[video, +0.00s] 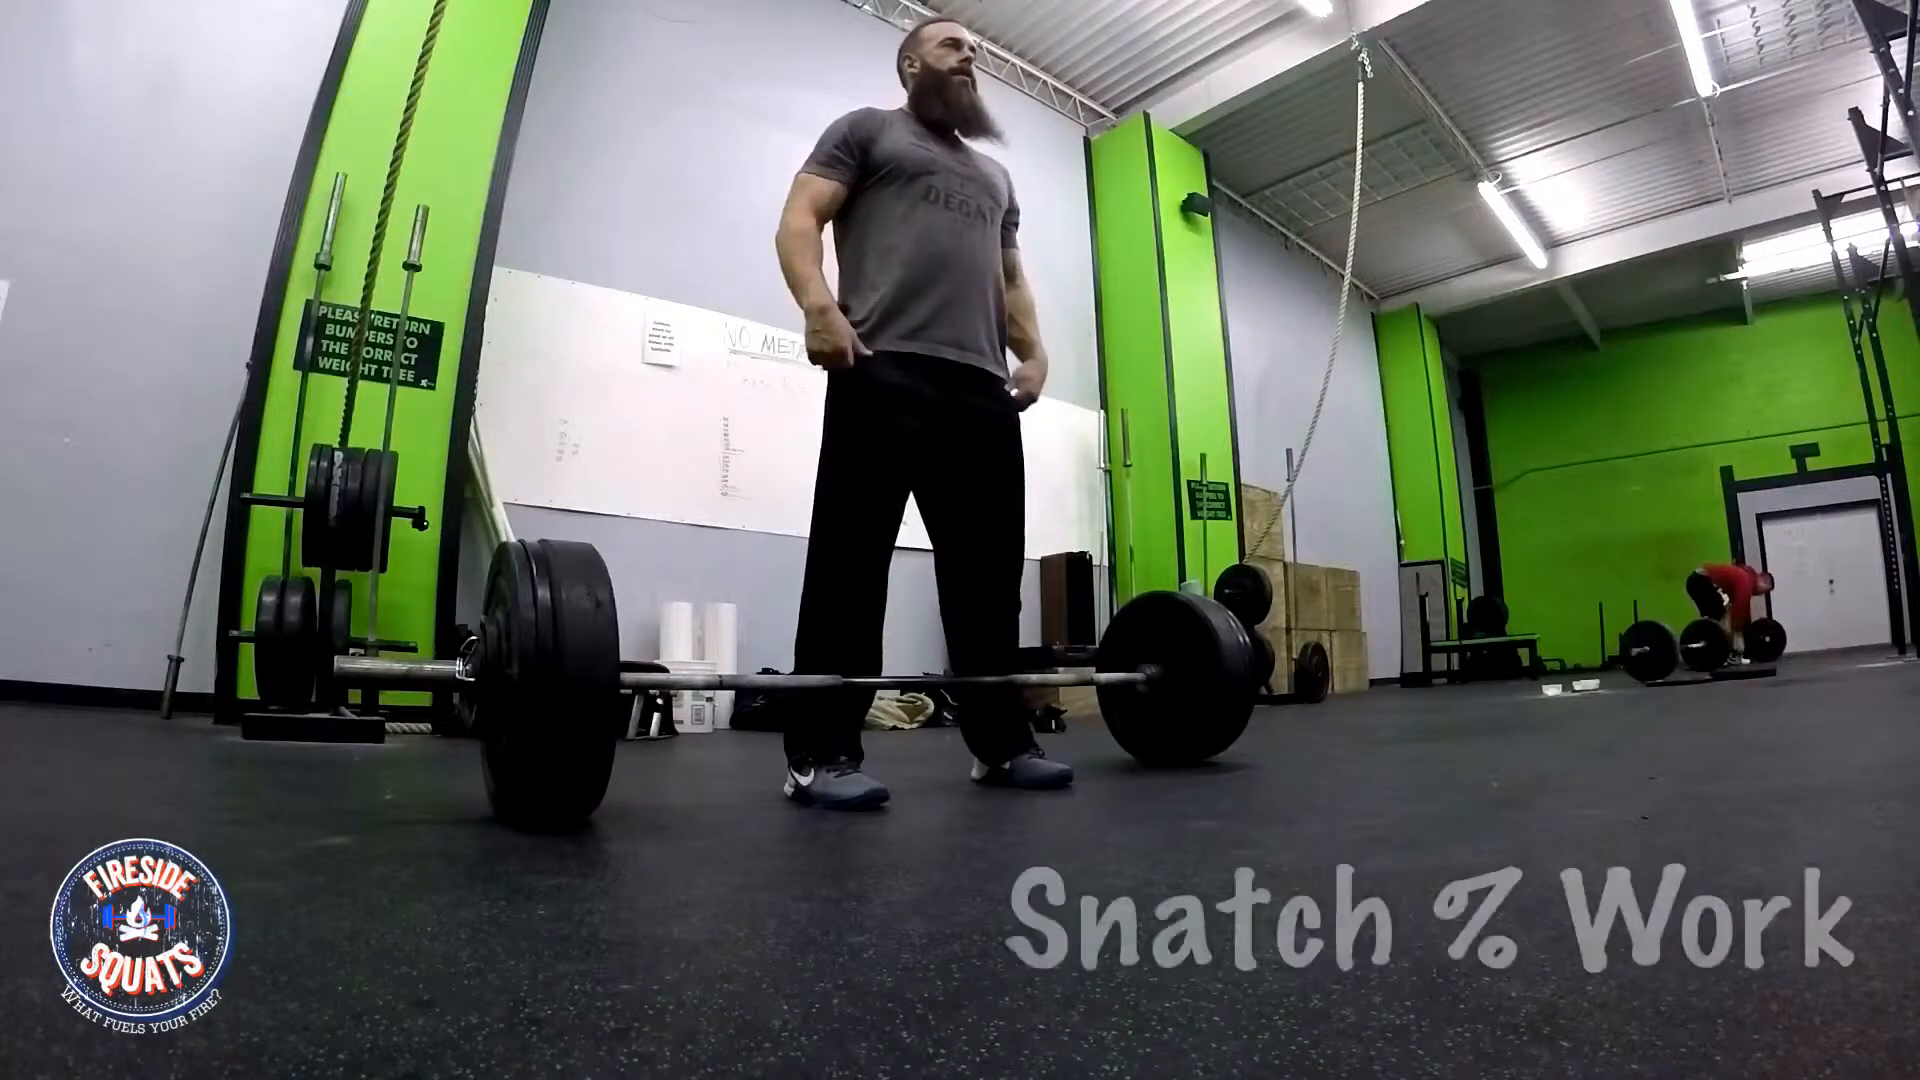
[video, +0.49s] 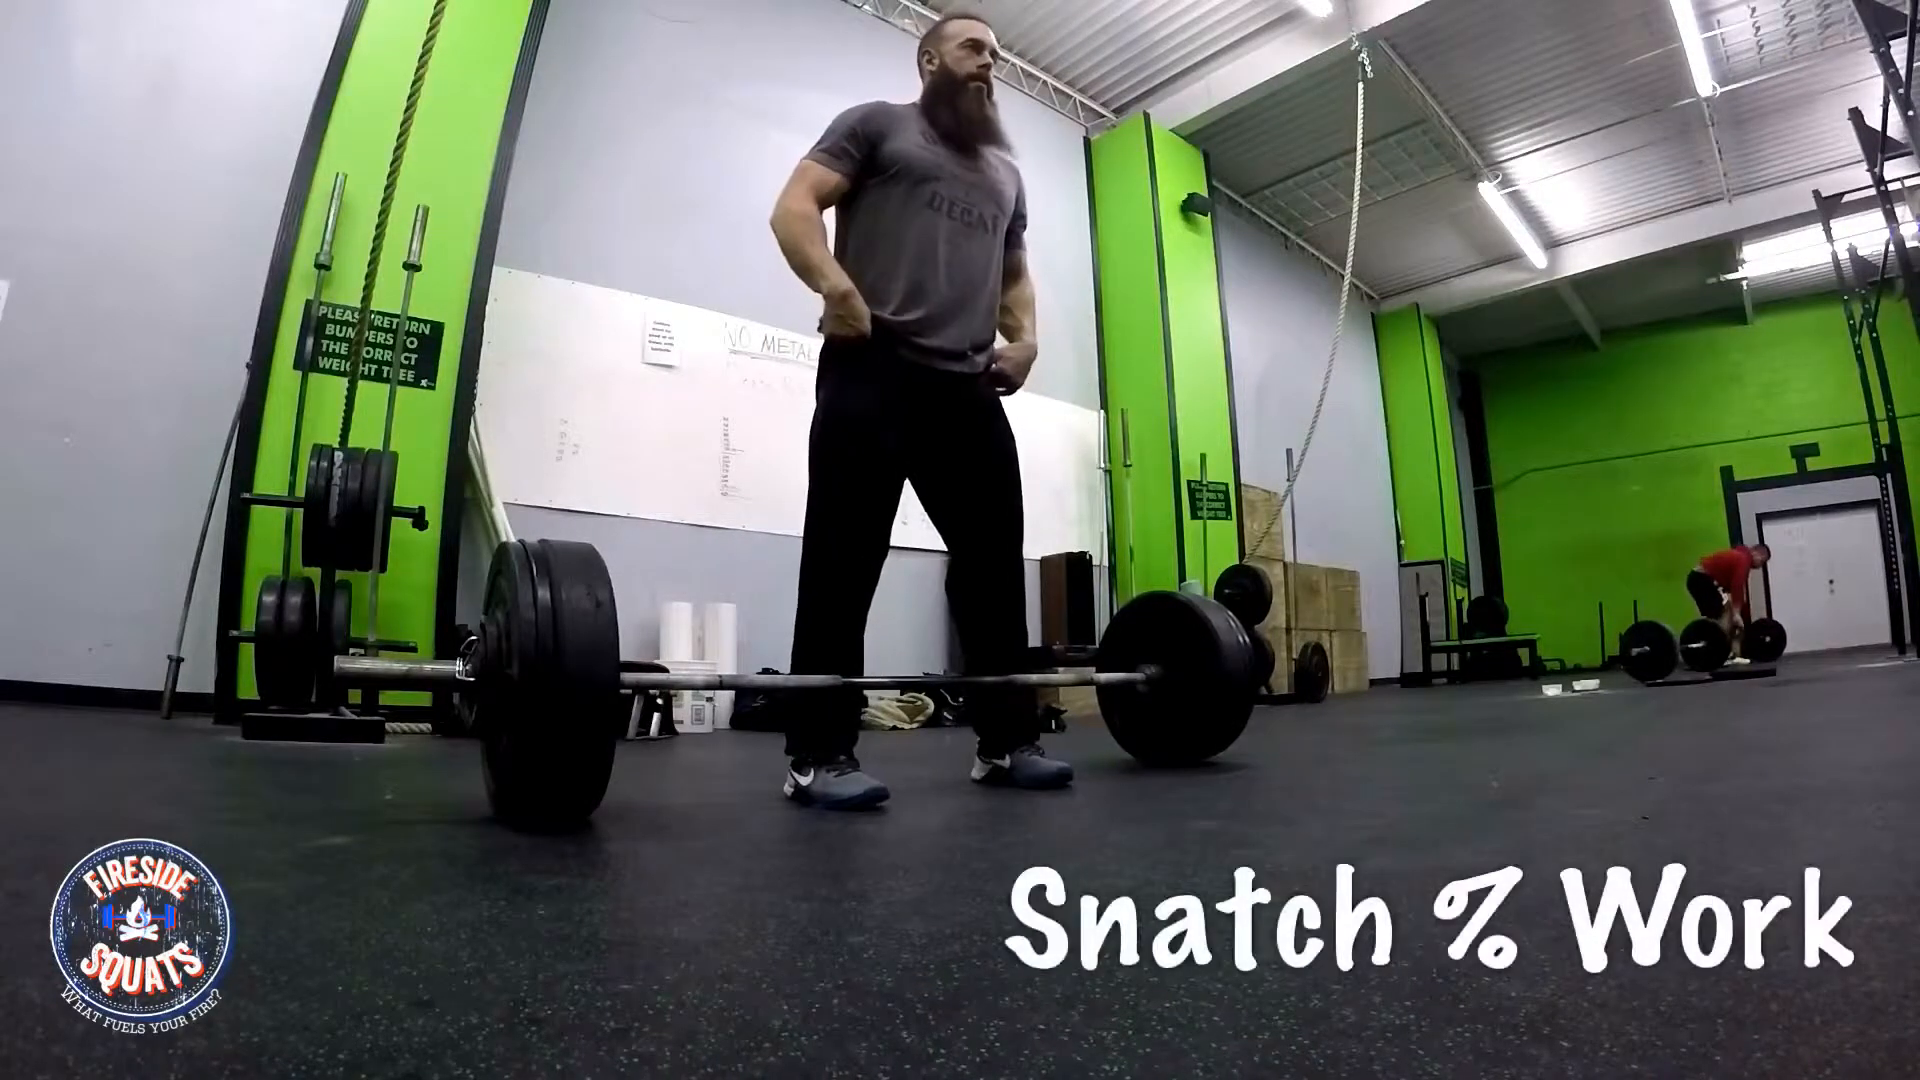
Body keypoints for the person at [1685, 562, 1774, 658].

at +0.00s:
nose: (1762, 593)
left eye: (1765, 592)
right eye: (1765, 590)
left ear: (1761, 579)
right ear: (1762, 581)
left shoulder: (1747, 579)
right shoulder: (1745, 580)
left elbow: (1744, 611)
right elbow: (1738, 611)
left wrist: (1747, 634)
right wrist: (1738, 634)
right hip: (1700, 580)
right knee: (1716, 613)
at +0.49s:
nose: (1760, 565)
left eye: (1763, 563)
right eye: (1761, 561)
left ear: (1755, 553)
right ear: (1756, 553)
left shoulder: (1741, 558)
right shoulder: (1742, 559)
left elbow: (1737, 588)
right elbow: (1737, 587)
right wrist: (1736, 613)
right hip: (1701, 578)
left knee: (1714, 616)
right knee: (1720, 616)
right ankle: (1722, 655)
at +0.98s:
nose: (1728, 524)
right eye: (1728, 521)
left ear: (1714, 521)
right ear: (1728, 521)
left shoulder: (1706, 535)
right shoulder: (1732, 536)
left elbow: (1699, 559)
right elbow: (1738, 562)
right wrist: (1741, 585)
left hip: (1700, 573)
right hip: (1717, 573)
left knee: (1710, 614)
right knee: (1726, 611)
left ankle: (1711, 650)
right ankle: (1726, 650)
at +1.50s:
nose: (1721, 522)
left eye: (1719, 519)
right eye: (1723, 518)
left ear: (1713, 519)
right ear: (1726, 518)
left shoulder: (1708, 538)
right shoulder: (1737, 537)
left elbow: (1703, 559)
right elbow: (1748, 559)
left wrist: (1708, 572)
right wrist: (1749, 578)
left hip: (1716, 579)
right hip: (1736, 579)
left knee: (1717, 617)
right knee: (1744, 617)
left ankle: (1717, 654)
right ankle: (1745, 652)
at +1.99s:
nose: (1732, 526)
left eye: (1730, 523)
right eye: (1734, 522)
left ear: (1721, 524)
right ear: (1735, 522)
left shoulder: (1715, 543)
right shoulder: (1744, 539)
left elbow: (1709, 567)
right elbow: (1755, 560)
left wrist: (1722, 575)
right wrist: (1747, 572)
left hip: (1726, 581)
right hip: (1743, 580)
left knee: (1729, 621)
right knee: (1745, 617)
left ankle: (1729, 656)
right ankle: (1746, 654)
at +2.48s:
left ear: (1720, 532)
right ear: (1734, 529)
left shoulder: (1718, 545)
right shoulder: (1743, 539)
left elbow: (1713, 570)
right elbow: (1756, 556)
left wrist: (1721, 579)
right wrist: (1758, 574)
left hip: (1728, 581)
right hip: (1745, 578)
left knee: (1731, 618)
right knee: (1745, 617)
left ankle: (1730, 654)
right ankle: (1747, 652)